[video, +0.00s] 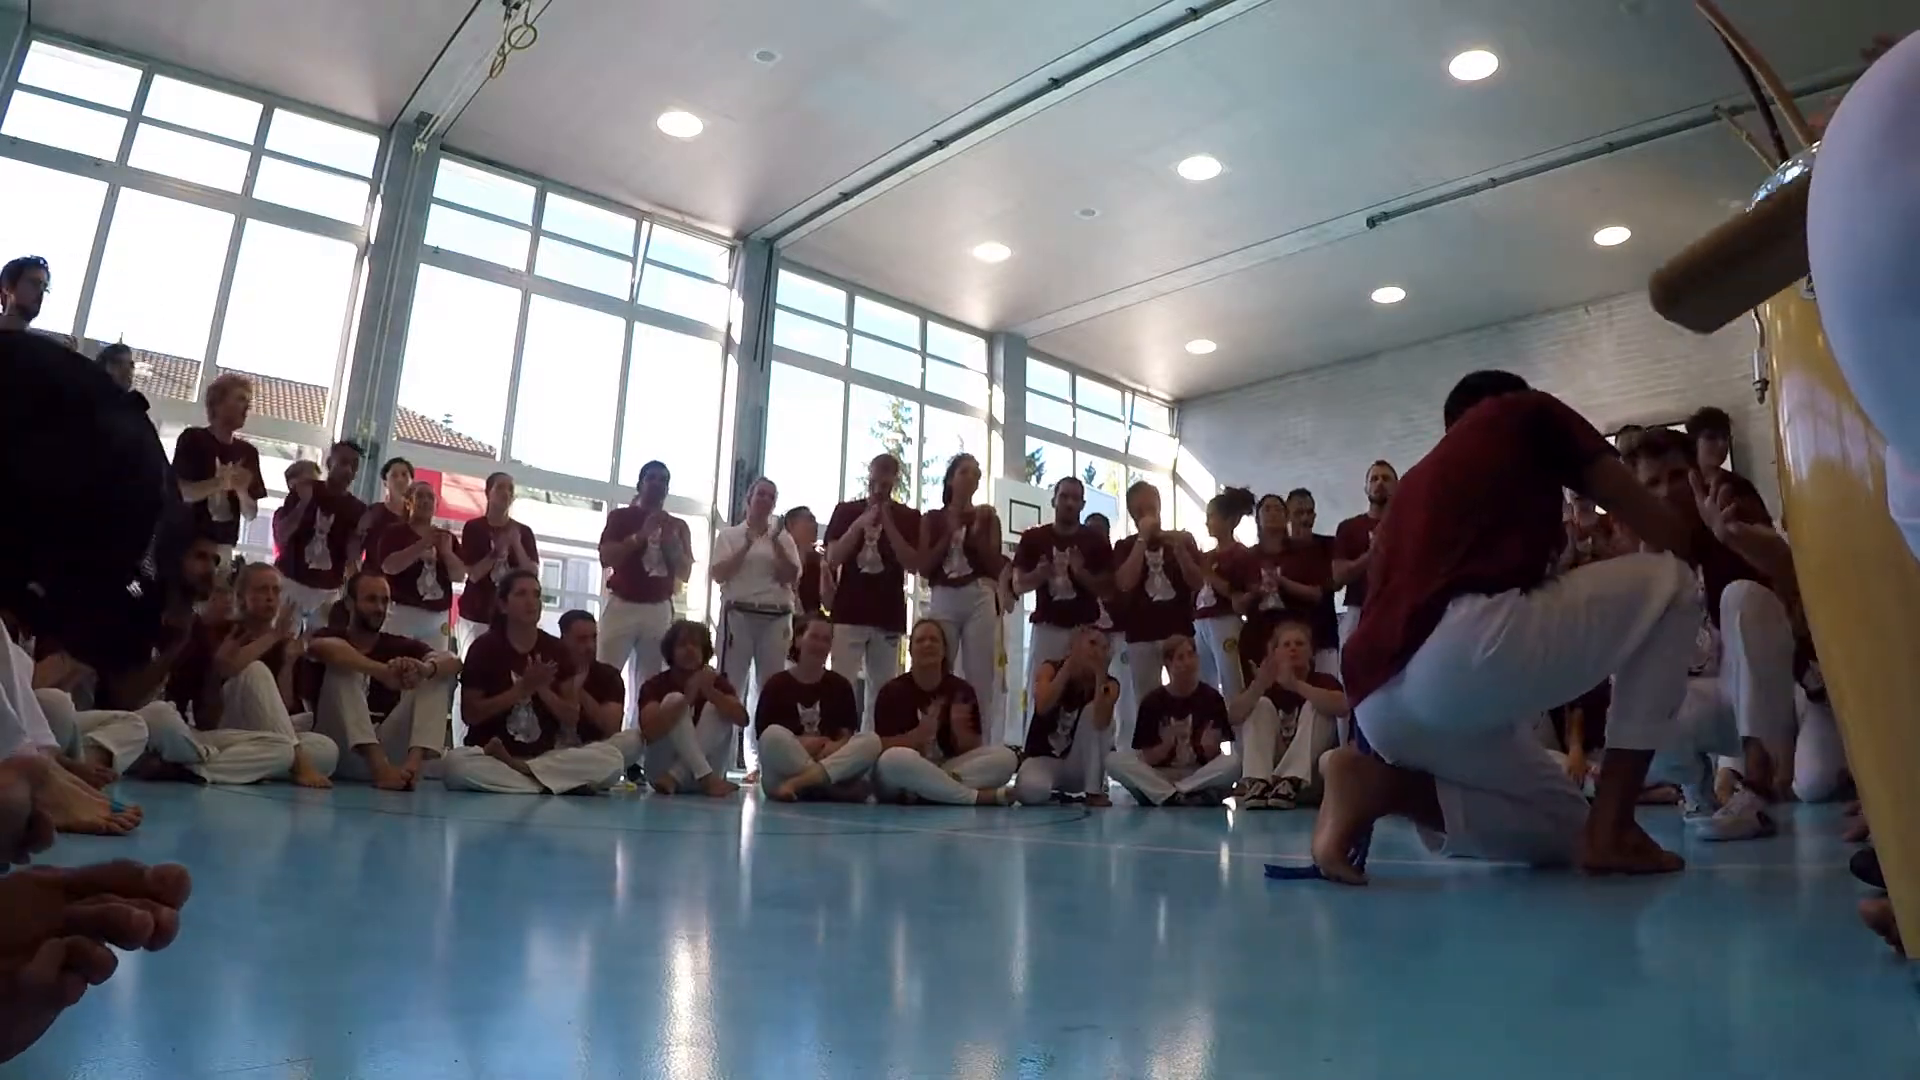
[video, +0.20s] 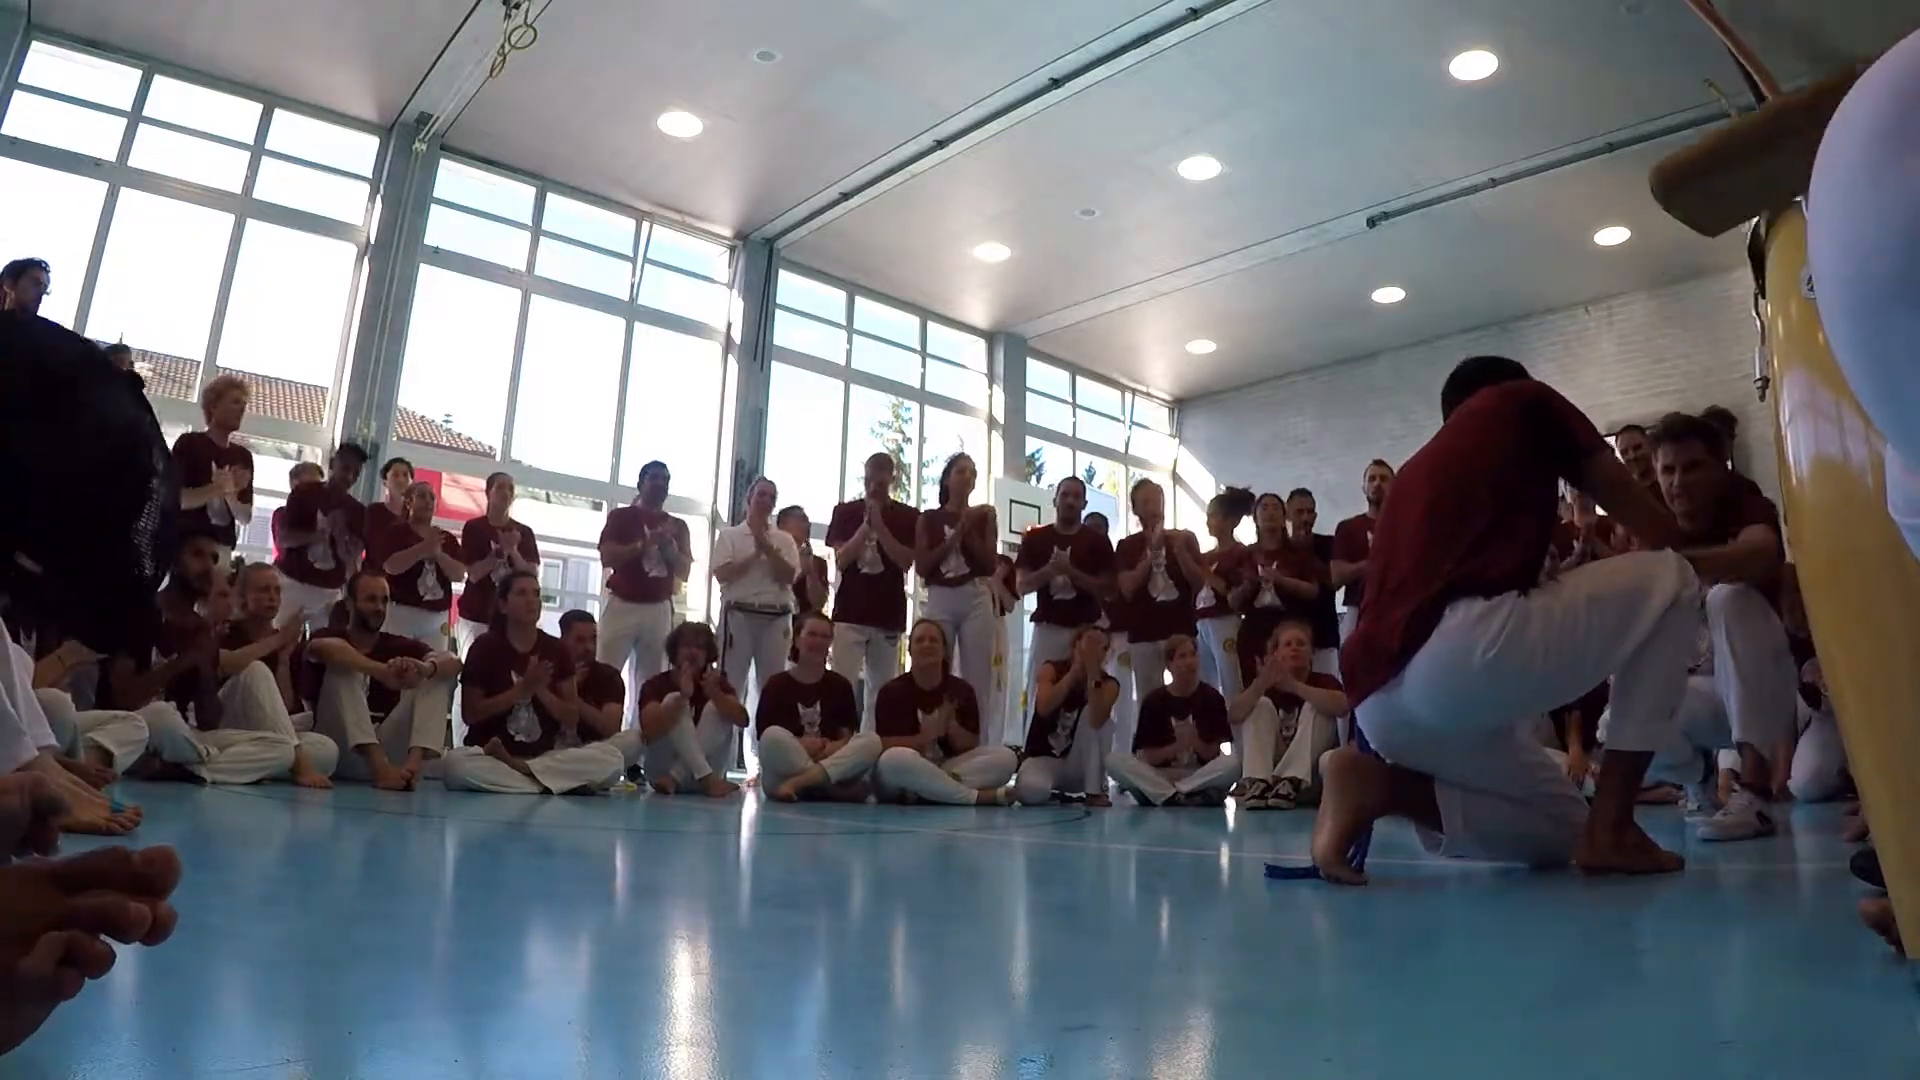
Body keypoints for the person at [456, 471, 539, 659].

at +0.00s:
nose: (506, 493)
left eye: (510, 489)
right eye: (500, 488)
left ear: (513, 495)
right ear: (488, 492)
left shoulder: (524, 532)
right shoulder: (473, 527)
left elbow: (532, 573)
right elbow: (473, 575)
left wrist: (517, 545)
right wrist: (494, 554)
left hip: (511, 617)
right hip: (475, 614)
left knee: (504, 678)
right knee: (472, 678)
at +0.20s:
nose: (505, 493)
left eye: (509, 489)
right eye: (499, 488)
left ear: (513, 495)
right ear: (488, 492)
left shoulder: (524, 532)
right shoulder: (473, 527)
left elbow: (532, 574)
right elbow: (473, 575)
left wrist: (513, 551)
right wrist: (495, 556)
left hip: (510, 618)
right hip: (475, 615)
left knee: (505, 680)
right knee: (471, 679)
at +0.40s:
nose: (505, 493)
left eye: (509, 489)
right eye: (499, 488)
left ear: (513, 495)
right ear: (488, 492)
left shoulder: (524, 532)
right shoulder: (473, 527)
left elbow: (533, 573)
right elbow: (473, 575)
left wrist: (519, 550)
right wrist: (493, 553)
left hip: (510, 618)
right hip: (475, 615)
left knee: (505, 679)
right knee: (472, 678)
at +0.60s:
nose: (505, 493)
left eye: (510, 489)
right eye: (500, 488)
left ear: (513, 495)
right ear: (488, 492)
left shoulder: (523, 531)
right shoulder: (473, 527)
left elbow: (533, 573)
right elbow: (473, 575)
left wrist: (519, 544)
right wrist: (492, 553)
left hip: (511, 617)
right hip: (475, 614)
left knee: (504, 678)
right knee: (472, 677)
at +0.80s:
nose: (505, 493)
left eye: (509, 489)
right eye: (499, 487)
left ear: (513, 495)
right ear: (487, 492)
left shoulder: (524, 532)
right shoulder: (472, 527)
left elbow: (533, 574)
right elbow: (474, 575)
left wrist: (516, 549)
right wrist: (500, 551)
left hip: (511, 619)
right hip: (474, 615)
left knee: (505, 681)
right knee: (471, 680)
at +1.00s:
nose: (505, 492)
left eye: (509, 488)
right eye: (499, 487)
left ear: (513, 495)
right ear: (487, 492)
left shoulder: (523, 530)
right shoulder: (473, 527)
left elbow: (534, 572)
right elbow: (474, 575)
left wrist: (521, 540)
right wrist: (492, 552)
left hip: (511, 617)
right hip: (475, 613)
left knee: (505, 680)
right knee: (471, 678)